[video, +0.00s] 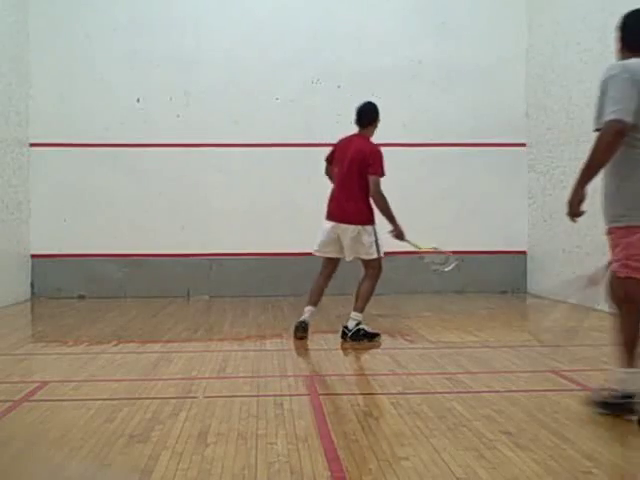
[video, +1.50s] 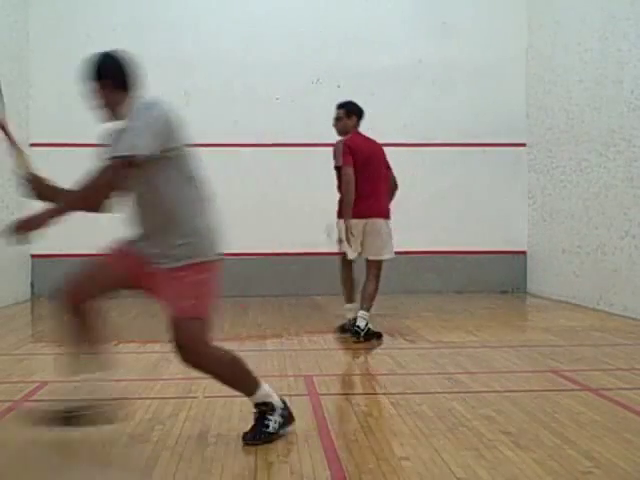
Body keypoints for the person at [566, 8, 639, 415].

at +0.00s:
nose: (616, 46)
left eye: (618, 40)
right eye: (620, 40)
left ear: (623, 41)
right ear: (636, 43)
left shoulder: (624, 73)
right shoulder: (625, 76)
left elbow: (617, 128)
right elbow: (617, 131)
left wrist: (581, 184)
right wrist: (584, 184)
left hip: (630, 215)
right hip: (627, 215)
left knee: (628, 291)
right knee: (625, 290)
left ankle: (629, 383)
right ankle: (627, 383)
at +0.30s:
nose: (544, 56)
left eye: (546, 50)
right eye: (549, 50)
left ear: (548, 53)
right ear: (582, 57)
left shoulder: (550, 84)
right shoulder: (588, 93)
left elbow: (544, 139)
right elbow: (609, 165)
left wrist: (519, 194)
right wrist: (605, 219)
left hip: (558, 208)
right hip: (587, 208)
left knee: (543, 297)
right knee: (546, 297)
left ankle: (626, 369)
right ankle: (548, 386)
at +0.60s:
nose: (486, 56)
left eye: (487, 50)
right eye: (492, 51)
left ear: (488, 53)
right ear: (522, 56)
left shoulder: (484, 85)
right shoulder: (532, 96)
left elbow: (479, 138)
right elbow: (533, 155)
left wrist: (459, 197)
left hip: (497, 204)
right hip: (537, 205)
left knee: (451, 288)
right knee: (527, 293)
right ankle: (546, 386)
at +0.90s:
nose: (396, 56)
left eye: (396, 50)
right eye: (410, 49)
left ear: (396, 54)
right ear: (430, 55)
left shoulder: (389, 92)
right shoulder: (442, 97)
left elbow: (393, 140)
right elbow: (460, 160)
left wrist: (383, 199)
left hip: (407, 213)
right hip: (450, 210)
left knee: (386, 300)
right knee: (454, 290)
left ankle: (401, 392)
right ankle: (500, 366)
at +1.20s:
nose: (285, 72)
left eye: (286, 64)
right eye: (288, 64)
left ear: (291, 66)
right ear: (321, 65)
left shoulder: (312, 102)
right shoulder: (331, 102)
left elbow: (325, 152)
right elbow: (302, 181)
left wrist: (295, 199)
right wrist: (252, 219)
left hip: (333, 231)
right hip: (362, 227)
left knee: (262, 301)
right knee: (384, 311)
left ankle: (287, 406)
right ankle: (445, 392)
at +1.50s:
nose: (99, 99)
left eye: (102, 89)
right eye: (97, 90)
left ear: (117, 86)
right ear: (112, 88)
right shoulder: (122, 135)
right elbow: (96, 197)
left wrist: (42, 189)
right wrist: (43, 217)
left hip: (190, 255)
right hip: (150, 250)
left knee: (193, 348)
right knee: (77, 292)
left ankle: (271, 406)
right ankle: (97, 396)